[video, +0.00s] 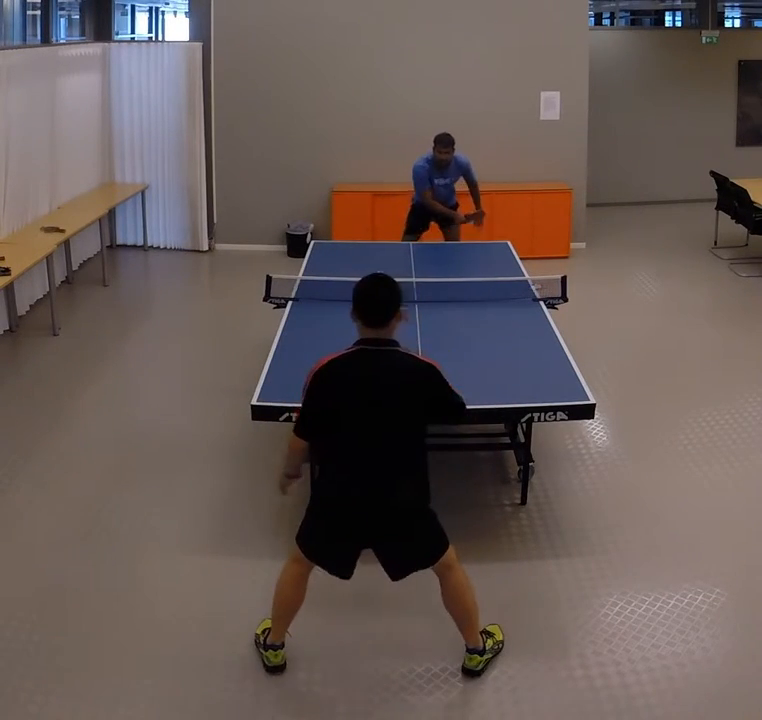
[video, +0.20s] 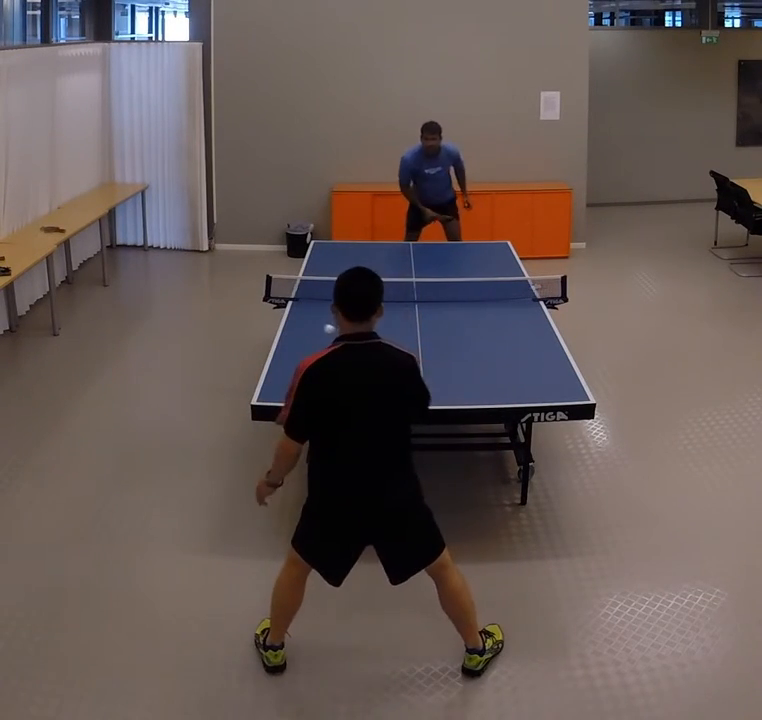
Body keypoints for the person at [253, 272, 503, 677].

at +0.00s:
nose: (400, 314)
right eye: (399, 309)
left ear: (355, 314)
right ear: (400, 316)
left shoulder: (326, 373)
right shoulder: (421, 372)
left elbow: (300, 442)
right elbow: (457, 413)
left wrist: (289, 472)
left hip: (336, 505)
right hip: (402, 505)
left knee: (300, 563)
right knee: (447, 567)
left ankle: (274, 643)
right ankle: (476, 648)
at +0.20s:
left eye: (337, 304)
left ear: (335, 309)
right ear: (379, 310)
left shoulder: (314, 371)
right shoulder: (404, 364)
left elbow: (290, 444)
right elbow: (419, 411)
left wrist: (272, 479)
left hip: (333, 500)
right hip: (396, 497)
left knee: (297, 568)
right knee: (442, 569)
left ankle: (273, 644)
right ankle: (476, 648)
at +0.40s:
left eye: (347, 292)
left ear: (346, 298)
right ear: (389, 304)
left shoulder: (319, 359)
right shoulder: (402, 353)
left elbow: (303, 436)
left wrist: (282, 479)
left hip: (332, 487)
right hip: (391, 483)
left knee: (296, 567)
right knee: (433, 567)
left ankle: (273, 643)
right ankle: (474, 642)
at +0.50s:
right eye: (398, 298)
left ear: (355, 295)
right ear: (399, 302)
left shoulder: (313, 346)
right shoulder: (408, 352)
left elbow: (292, 416)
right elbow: (459, 409)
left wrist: (289, 469)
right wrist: (490, 429)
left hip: (326, 484)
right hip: (388, 484)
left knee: (297, 566)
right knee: (432, 563)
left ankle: (273, 643)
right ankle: (468, 635)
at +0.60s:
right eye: (417, 303)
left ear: (375, 297)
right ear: (417, 307)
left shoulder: (328, 345)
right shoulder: (421, 362)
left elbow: (290, 405)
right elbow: (458, 428)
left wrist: (286, 451)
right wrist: (502, 478)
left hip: (331, 486)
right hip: (392, 489)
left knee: (301, 565)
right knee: (437, 566)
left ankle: (273, 643)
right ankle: (468, 642)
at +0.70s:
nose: (449, 319)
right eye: (450, 313)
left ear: (404, 308)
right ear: (446, 319)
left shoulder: (356, 351)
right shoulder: (442, 371)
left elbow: (309, 402)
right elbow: (438, 419)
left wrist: (299, 454)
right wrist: (451, 476)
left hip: (341, 490)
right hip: (400, 495)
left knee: (306, 565)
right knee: (445, 570)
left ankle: (273, 643)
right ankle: (467, 647)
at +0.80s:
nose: (463, 322)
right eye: (464, 317)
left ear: (419, 312)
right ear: (461, 322)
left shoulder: (376, 354)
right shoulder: (457, 375)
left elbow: (331, 409)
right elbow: (446, 432)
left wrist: (327, 457)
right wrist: (454, 504)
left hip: (359, 490)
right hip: (418, 497)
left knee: (316, 566)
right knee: (455, 572)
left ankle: (276, 642)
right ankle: (468, 648)